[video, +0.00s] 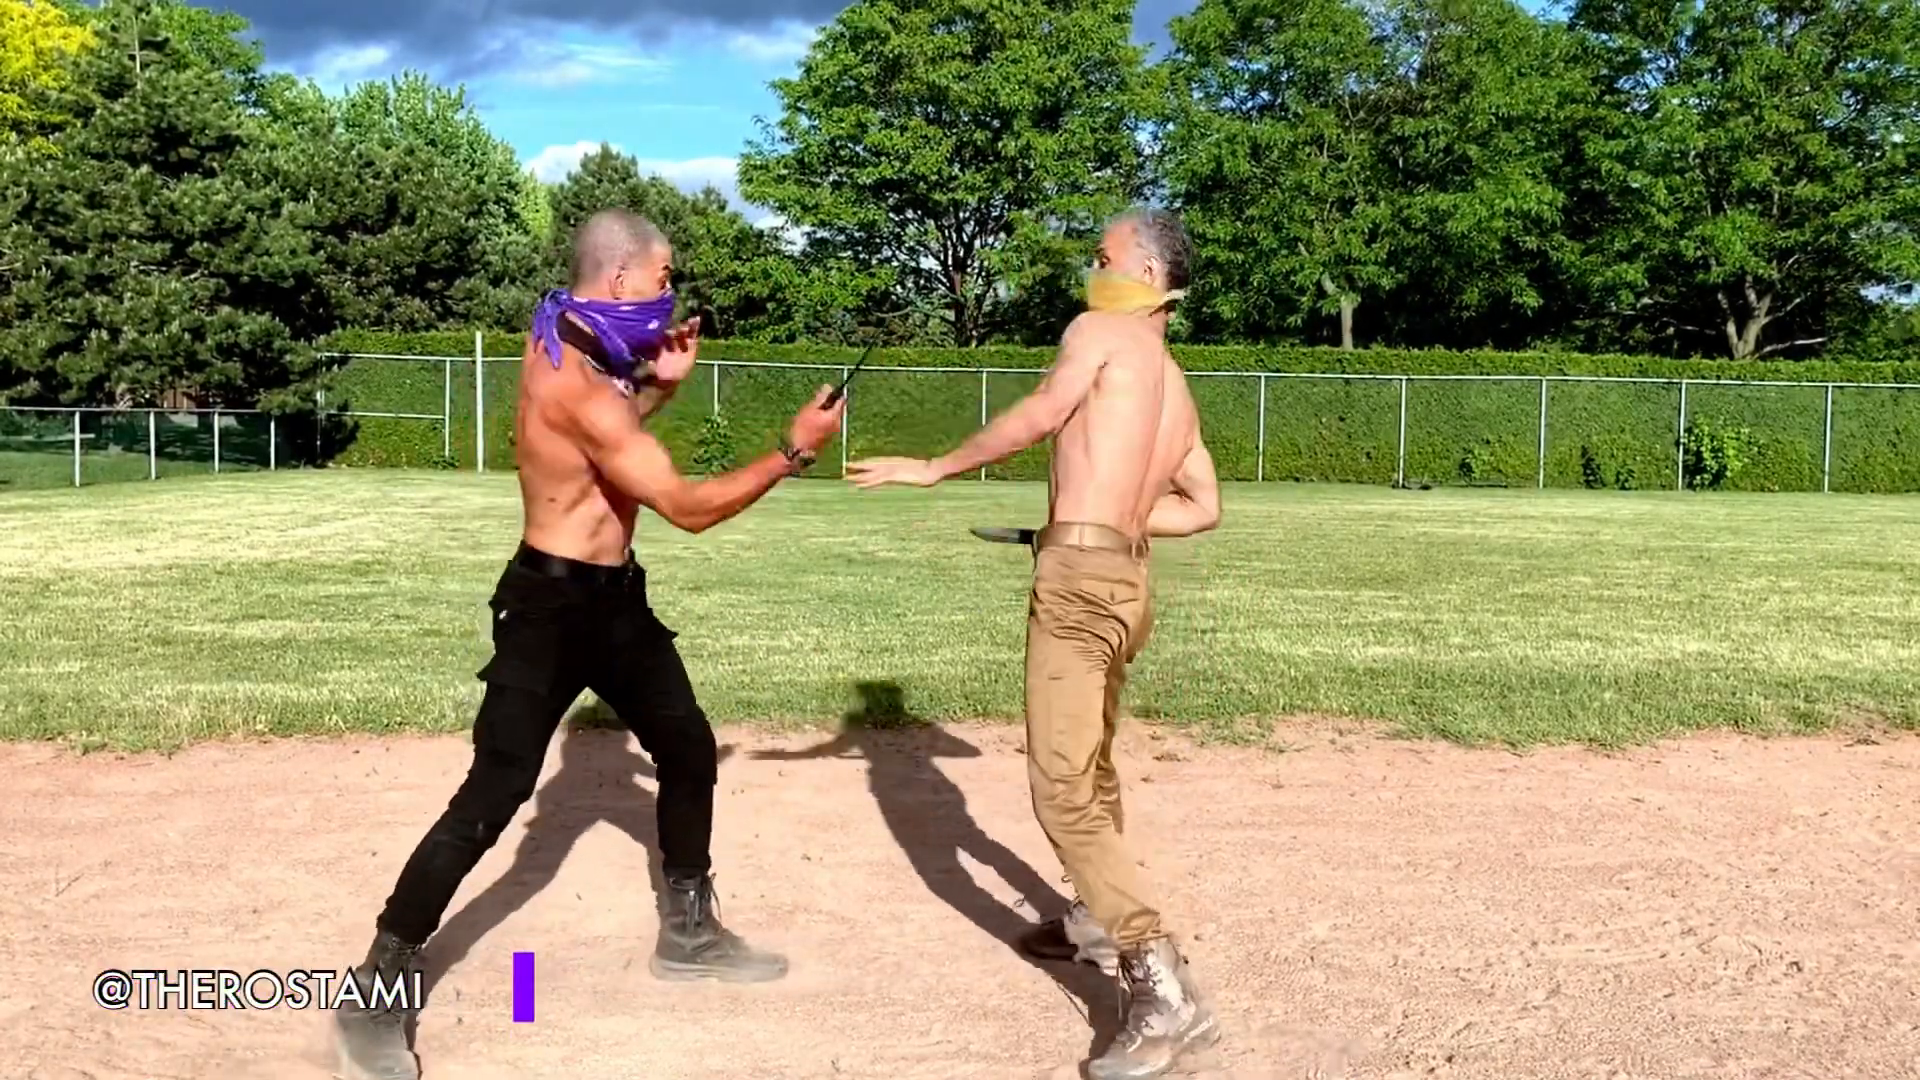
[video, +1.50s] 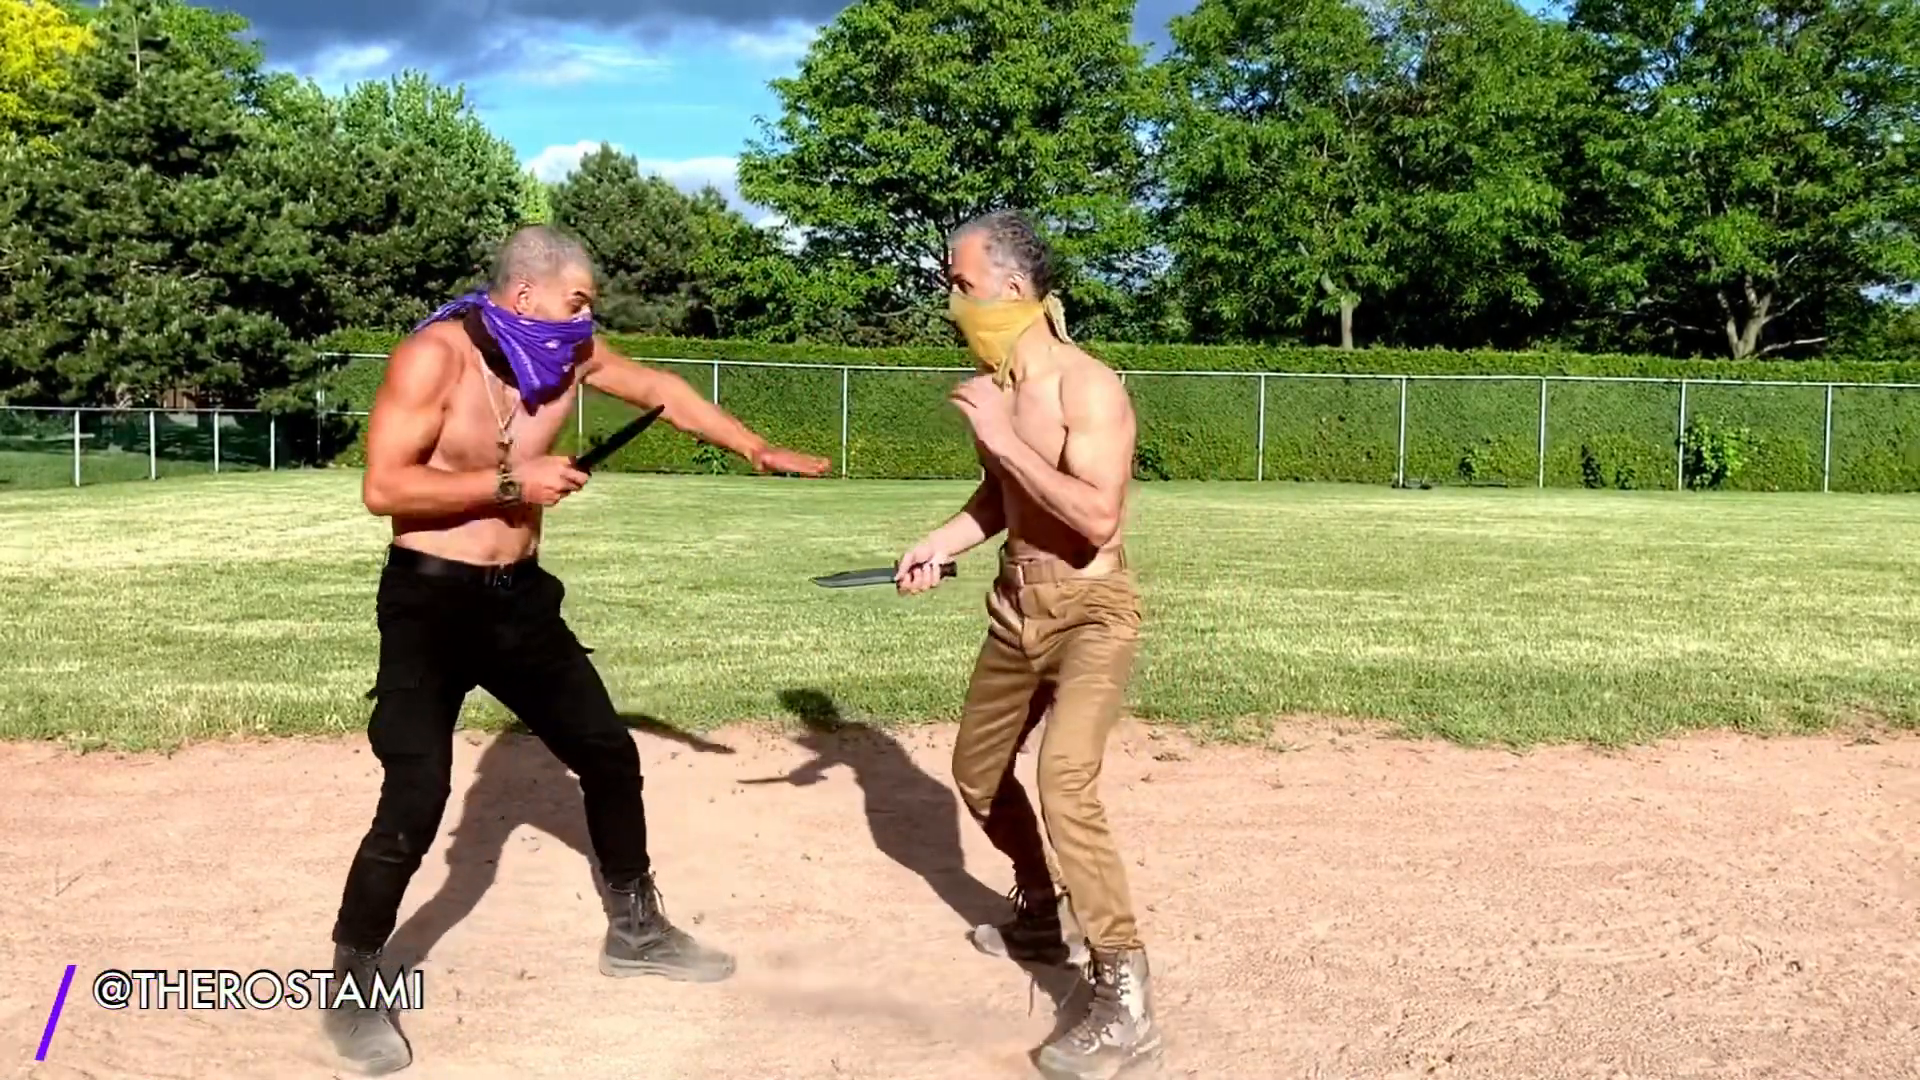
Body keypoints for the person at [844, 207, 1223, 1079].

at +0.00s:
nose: (1094, 264)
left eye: (1106, 254)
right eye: (1101, 251)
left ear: (1136, 269)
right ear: (1164, 283)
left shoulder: (1100, 330)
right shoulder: (1173, 381)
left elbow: (1040, 417)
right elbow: (1202, 507)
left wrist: (934, 467)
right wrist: (1098, 519)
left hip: (1077, 579)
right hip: (1127, 582)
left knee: (1063, 792)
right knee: (1090, 767)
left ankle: (1162, 985)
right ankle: (1097, 916)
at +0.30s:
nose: (1044, 286)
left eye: (1057, 271)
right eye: (1044, 272)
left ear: (1108, 277)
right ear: (1085, 278)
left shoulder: (1150, 366)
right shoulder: (1081, 379)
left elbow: (1186, 491)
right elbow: (1090, 500)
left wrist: (1066, 487)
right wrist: (1018, 539)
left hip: (1142, 596)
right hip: (1084, 596)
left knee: (1085, 775)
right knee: (1036, 759)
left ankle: (1134, 990)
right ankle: (1095, 895)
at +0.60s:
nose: (1016, 307)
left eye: (1024, 290)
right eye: (1013, 292)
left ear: (1074, 289)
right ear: (1061, 290)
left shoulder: (1120, 370)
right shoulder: (1085, 386)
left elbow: (1110, 473)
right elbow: (1098, 511)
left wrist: (1024, 418)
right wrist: (1044, 578)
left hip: (1157, 611)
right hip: (1110, 612)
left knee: (1105, 793)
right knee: (1055, 764)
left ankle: (1188, 983)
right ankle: (1101, 908)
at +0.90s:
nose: (1083, 266)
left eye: (1102, 257)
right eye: (1089, 251)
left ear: (1150, 284)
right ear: (1116, 277)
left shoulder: (1149, 393)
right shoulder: (1061, 364)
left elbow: (1148, 530)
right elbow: (1021, 464)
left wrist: (1047, 474)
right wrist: (933, 512)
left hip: (1082, 602)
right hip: (1028, 591)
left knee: (1052, 788)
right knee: (1007, 758)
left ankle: (1125, 998)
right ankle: (1079, 891)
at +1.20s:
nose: (960, 312)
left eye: (968, 295)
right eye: (957, 297)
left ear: (1020, 291)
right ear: (1011, 294)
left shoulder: (1070, 373)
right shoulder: (1048, 383)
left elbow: (1055, 482)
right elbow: (1071, 517)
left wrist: (970, 420)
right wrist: (1004, 560)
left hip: (1110, 609)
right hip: (1065, 611)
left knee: (1060, 788)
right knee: (1008, 766)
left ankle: (1122, 1004)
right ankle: (1051, 912)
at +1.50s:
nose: (953, 303)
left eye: (962, 285)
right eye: (950, 286)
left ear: (1017, 285)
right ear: (1007, 286)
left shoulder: (1092, 384)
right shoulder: (1002, 387)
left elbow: (1101, 519)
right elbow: (1007, 493)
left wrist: (1000, 439)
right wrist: (948, 539)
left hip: (1094, 612)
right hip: (1017, 608)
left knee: (1063, 780)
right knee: (979, 772)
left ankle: (1124, 995)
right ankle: (1041, 897)